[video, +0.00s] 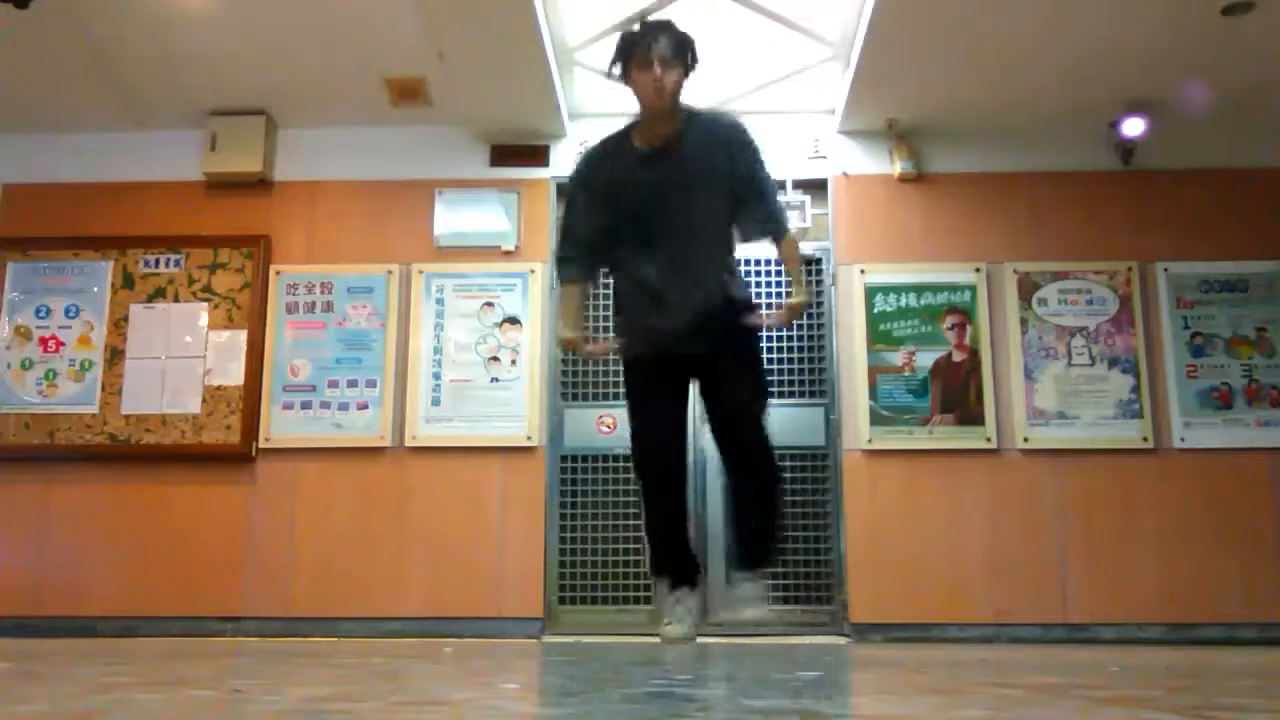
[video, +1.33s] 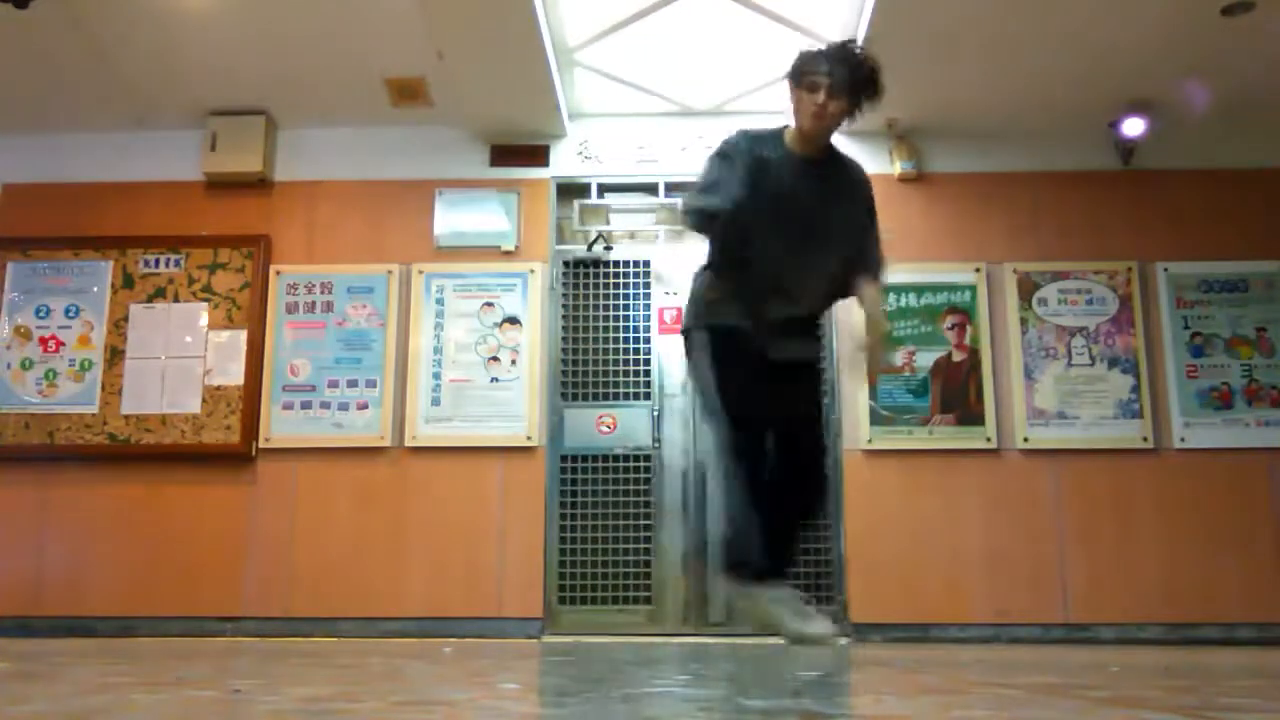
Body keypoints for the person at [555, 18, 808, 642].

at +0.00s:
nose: (660, 76)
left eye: (669, 64)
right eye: (647, 65)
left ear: (686, 73)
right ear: (626, 76)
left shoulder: (723, 138)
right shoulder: (601, 165)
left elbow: (769, 213)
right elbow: (577, 255)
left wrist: (798, 287)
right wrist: (570, 327)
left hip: (724, 321)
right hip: (647, 333)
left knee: (745, 442)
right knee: (658, 462)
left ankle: (749, 576)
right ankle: (677, 590)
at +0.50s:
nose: (679, 116)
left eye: (690, 105)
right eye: (668, 106)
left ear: (712, 113)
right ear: (656, 116)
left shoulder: (746, 171)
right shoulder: (652, 199)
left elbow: (769, 239)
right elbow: (634, 283)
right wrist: (631, 358)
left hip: (753, 355)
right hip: (689, 366)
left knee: (749, 466)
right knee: (711, 486)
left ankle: (818, 586)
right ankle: (752, 602)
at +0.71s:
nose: (713, 149)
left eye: (725, 138)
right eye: (703, 139)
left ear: (746, 147)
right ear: (692, 149)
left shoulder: (773, 201)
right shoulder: (675, 227)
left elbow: (793, 252)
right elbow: (656, 308)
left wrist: (732, 265)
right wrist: (697, 300)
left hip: (776, 373)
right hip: (713, 380)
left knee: (786, 487)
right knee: (722, 501)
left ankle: (860, 518)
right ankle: (761, 614)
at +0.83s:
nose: (743, 112)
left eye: (755, 101)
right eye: (734, 100)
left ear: (773, 109)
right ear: (718, 106)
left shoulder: (806, 173)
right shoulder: (692, 181)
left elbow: (851, 248)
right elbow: (676, 245)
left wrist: (860, 314)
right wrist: (719, 214)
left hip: (792, 345)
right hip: (720, 348)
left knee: (794, 463)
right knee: (715, 472)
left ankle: (817, 568)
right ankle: (740, 594)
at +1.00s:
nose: (778, 116)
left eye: (791, 107)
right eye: (769, 105)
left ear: (811, 116)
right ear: (757, 111)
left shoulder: (835, 184)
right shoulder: (733, 175)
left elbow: (882, 237)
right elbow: (741, 212)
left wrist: (919, 269)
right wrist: (806, 169)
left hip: (804, 363)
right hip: (729, 359)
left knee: (817, 486)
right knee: (676, 466)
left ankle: (842, 612)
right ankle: (646, 601)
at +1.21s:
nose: (810, 116)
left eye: (823, 108)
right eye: (801, 104)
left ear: (841, 122)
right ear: (783, 111)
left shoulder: (852, 193)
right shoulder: (747, 174)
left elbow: (881, 268)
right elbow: (751, 232)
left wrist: (921, 324)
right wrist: (817, 257)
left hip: (805, 365)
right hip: (730, 355)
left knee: (822, 486)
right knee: (689, 449)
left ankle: (835, 609)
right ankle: (656, 566)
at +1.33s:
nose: (821, 105)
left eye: (835, 98)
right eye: (812, 91)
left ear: (849, 110)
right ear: (792, 92)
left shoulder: (850, 181)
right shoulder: (746, 152)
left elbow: (862, 267)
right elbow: (706, 219)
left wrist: (876, 328)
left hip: (796, 332)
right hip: (727, 323)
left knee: (804, 462)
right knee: (750, 443)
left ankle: (744, 577)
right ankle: (767, 586)